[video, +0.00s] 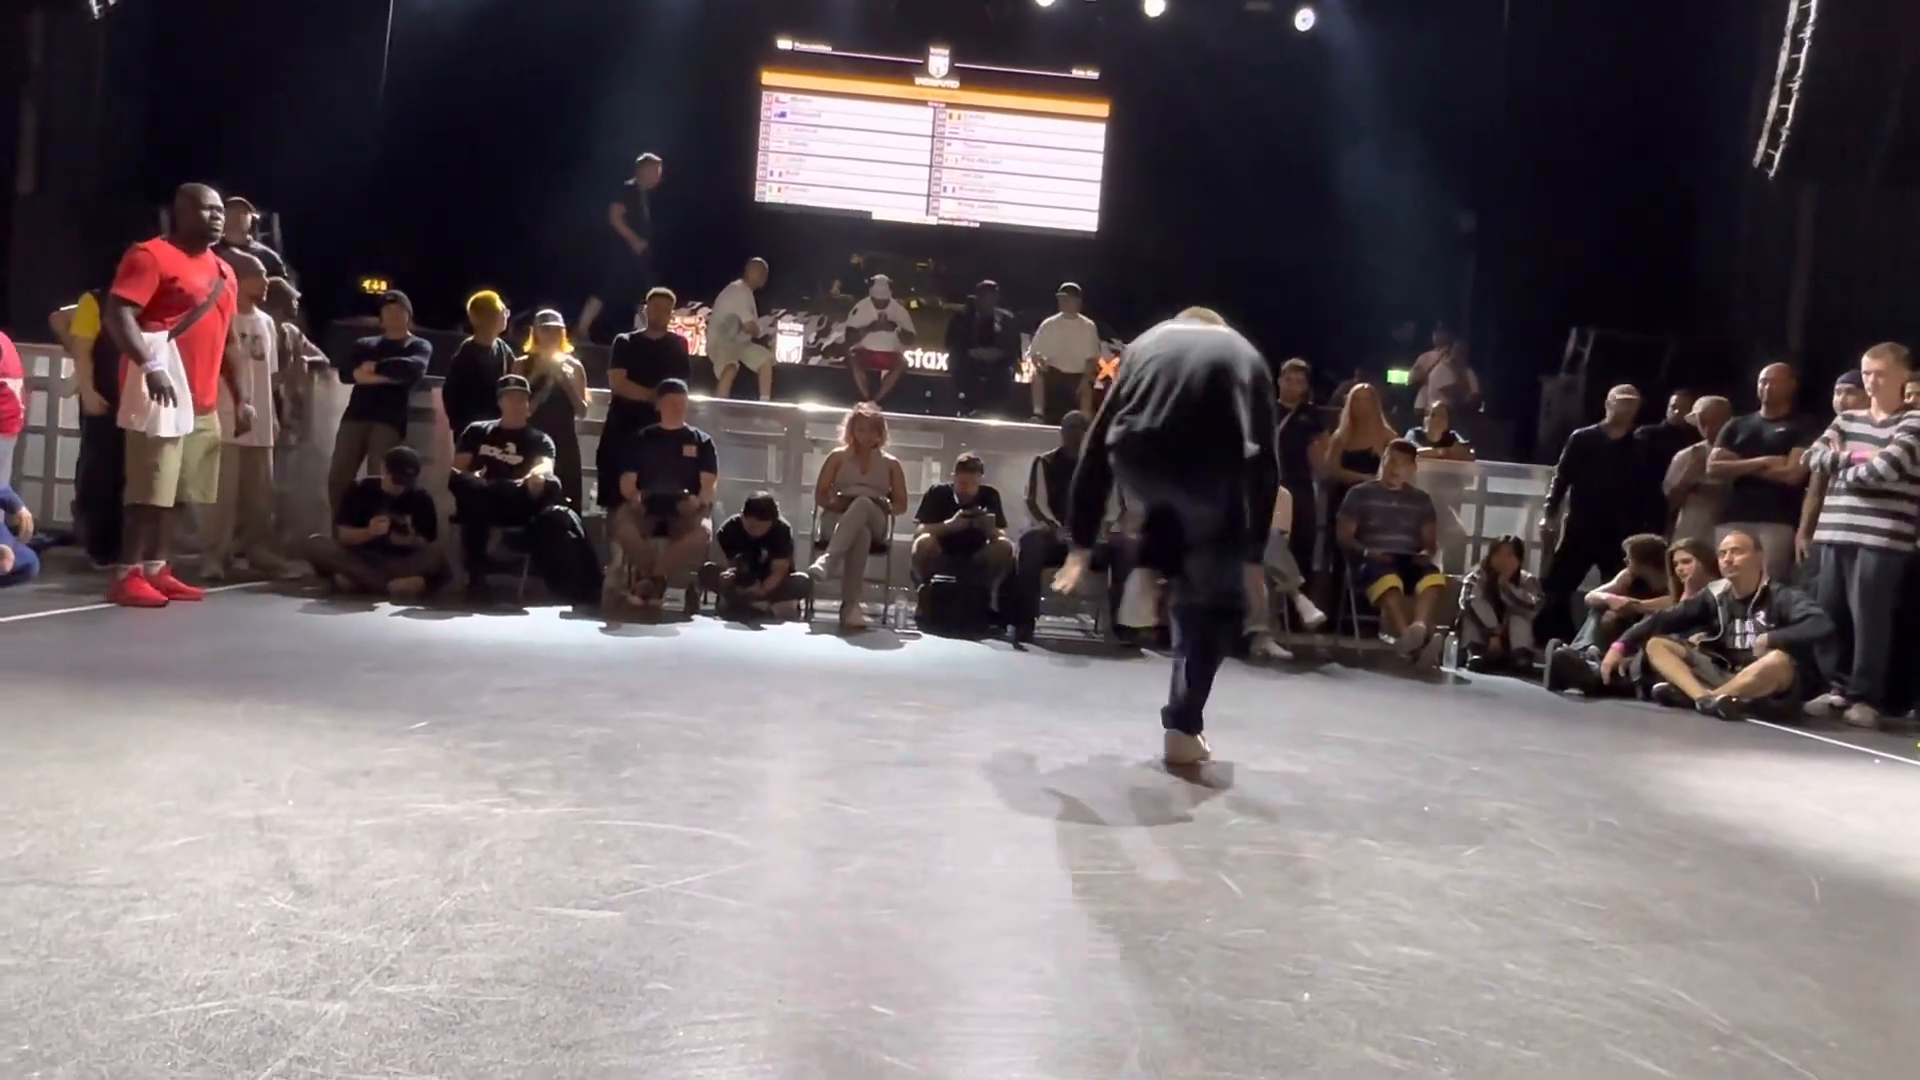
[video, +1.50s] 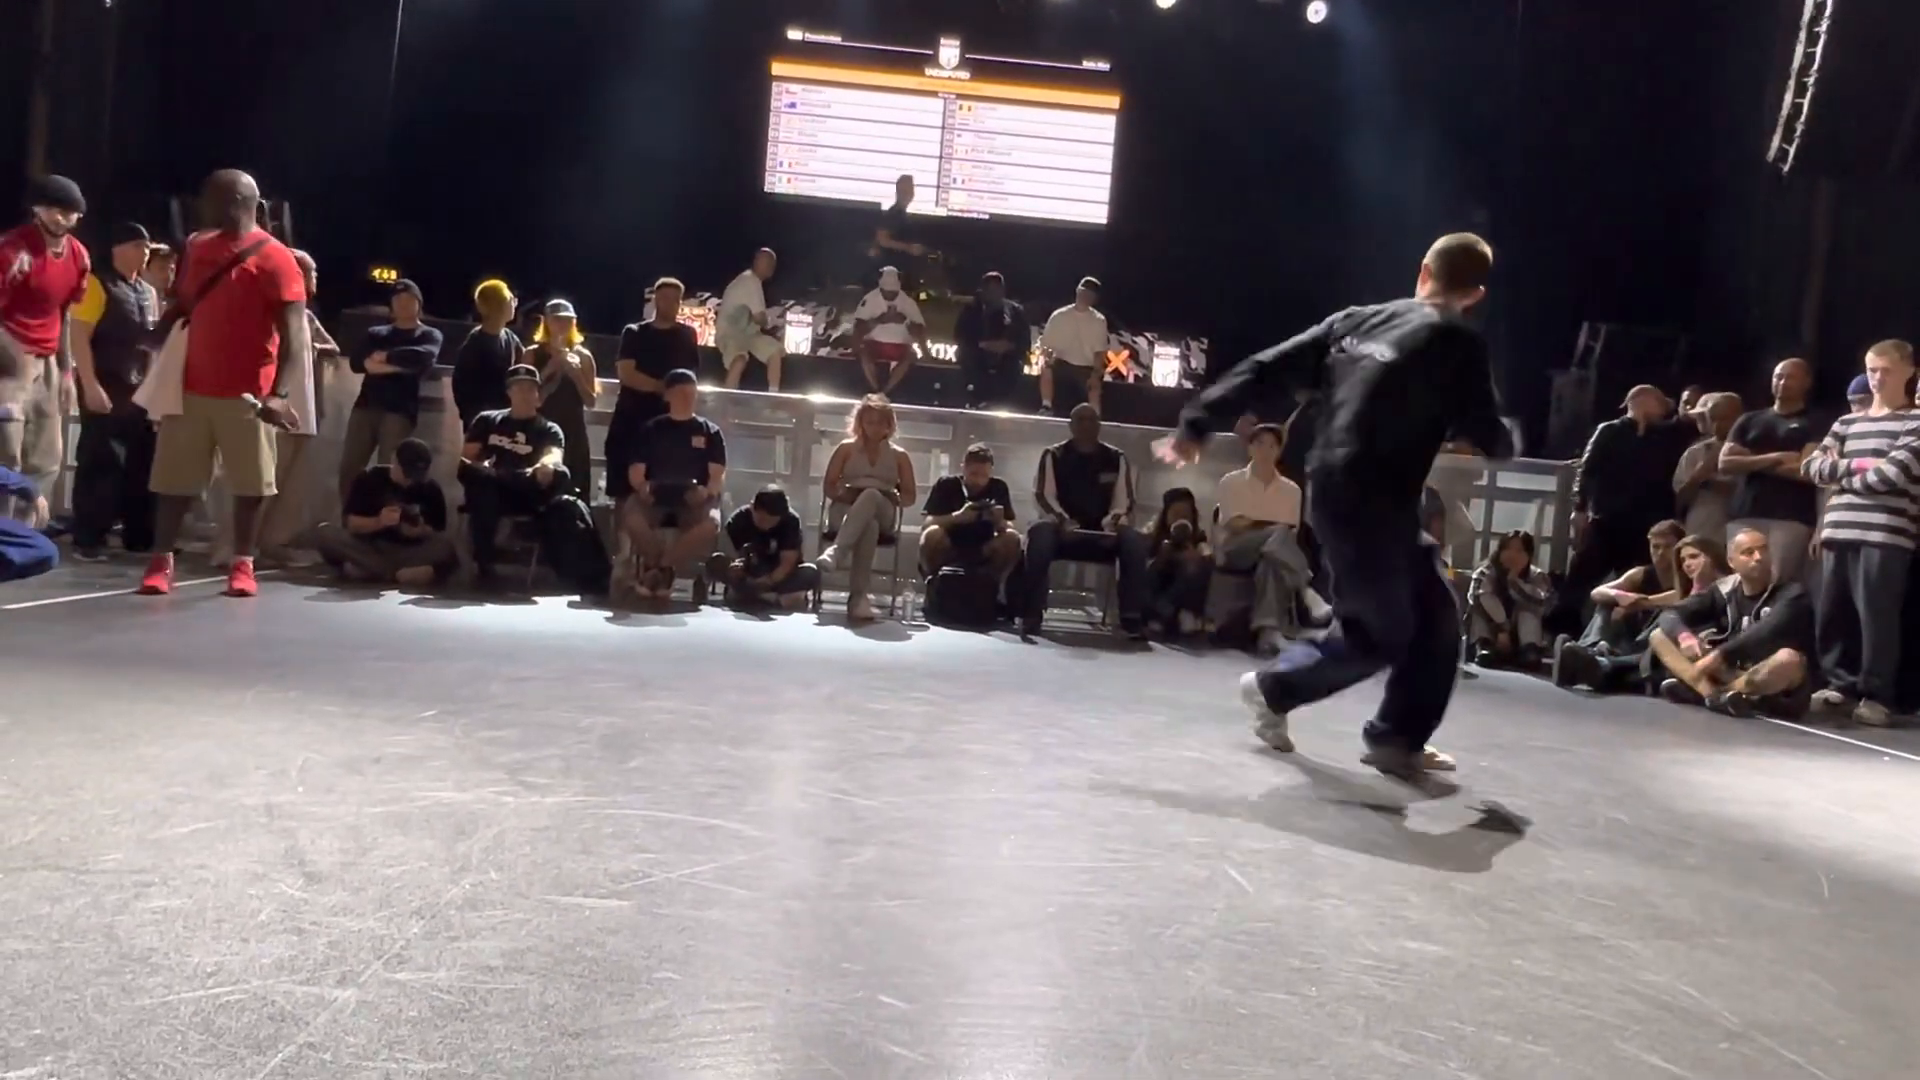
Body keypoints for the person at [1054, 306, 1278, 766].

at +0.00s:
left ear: (1175, 321)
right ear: (1223, 328)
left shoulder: (1142, 345)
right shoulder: (1247, 355)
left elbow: (1096, 447)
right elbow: (1264, 459)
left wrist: (1079, 547)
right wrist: (1254, 555)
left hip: (1137, 454)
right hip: (1211, 465)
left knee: (1166, 514)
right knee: (1214, 599)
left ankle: (1152, 582)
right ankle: (1183, 730)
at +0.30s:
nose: (1243, 316)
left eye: (1246, 309)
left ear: (1247, 312)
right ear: (1303, 315)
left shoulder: (1218, 342)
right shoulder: (1325, 347)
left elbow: (1184, 418)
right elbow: (1360, 441)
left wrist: (1202, 498)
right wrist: (1335, 513)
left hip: (1229, 483)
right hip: (1297, 485)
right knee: (1264, 606)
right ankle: (1192, 715)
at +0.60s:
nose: (1302, 313)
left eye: (1304, 305)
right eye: (1305, 305)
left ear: (1312, 307)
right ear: (1363, 314)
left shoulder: (1273, 362)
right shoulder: (1386, 360)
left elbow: (1221, 454)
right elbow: (1453, 447)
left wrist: (1215, 520)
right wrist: (1459, 533)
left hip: (1299, 513)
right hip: (1368, 513)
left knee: (1342, 623)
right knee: (1390, 609)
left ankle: (1386, 734)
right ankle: (1325, 699)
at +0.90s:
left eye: (1334, 244)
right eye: (1393, 258)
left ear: (1334, 246)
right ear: (1391, 261)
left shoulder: (1287, 302)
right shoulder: (1384, 313)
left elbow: (1267, 391)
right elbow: (1424, 412)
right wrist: (1435, 475)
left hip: (1248, 465)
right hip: (1320, 474)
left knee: (1281, 608)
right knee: (1361, 588)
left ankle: (1205, 687)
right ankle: (1348, 730)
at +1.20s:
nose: (1384, 260)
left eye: (1383, 252)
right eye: (1429, 280)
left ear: (1381, 253)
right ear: (1433, 275)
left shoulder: (1338, 281)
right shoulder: (1400, 290)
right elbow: (1393, 335)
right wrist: (1403, 411)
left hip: (1267, 446)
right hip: (1331, 459)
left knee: (1268, 577)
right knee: (1340, 593)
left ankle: (1204, 664)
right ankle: (1311, 713)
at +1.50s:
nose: (1470, 306)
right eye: (1476, 296)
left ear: (1421, 275)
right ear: (1478, 295)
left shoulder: (1354, 320)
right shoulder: (1459, 342)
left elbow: (1267, 367)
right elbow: (1497, 441)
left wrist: (1194, 424)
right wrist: (1493, 426)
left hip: (1330, 491)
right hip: (1372, 499)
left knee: (1437, 620)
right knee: (1380, 633)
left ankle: (1395, 739)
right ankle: (1270, 689)